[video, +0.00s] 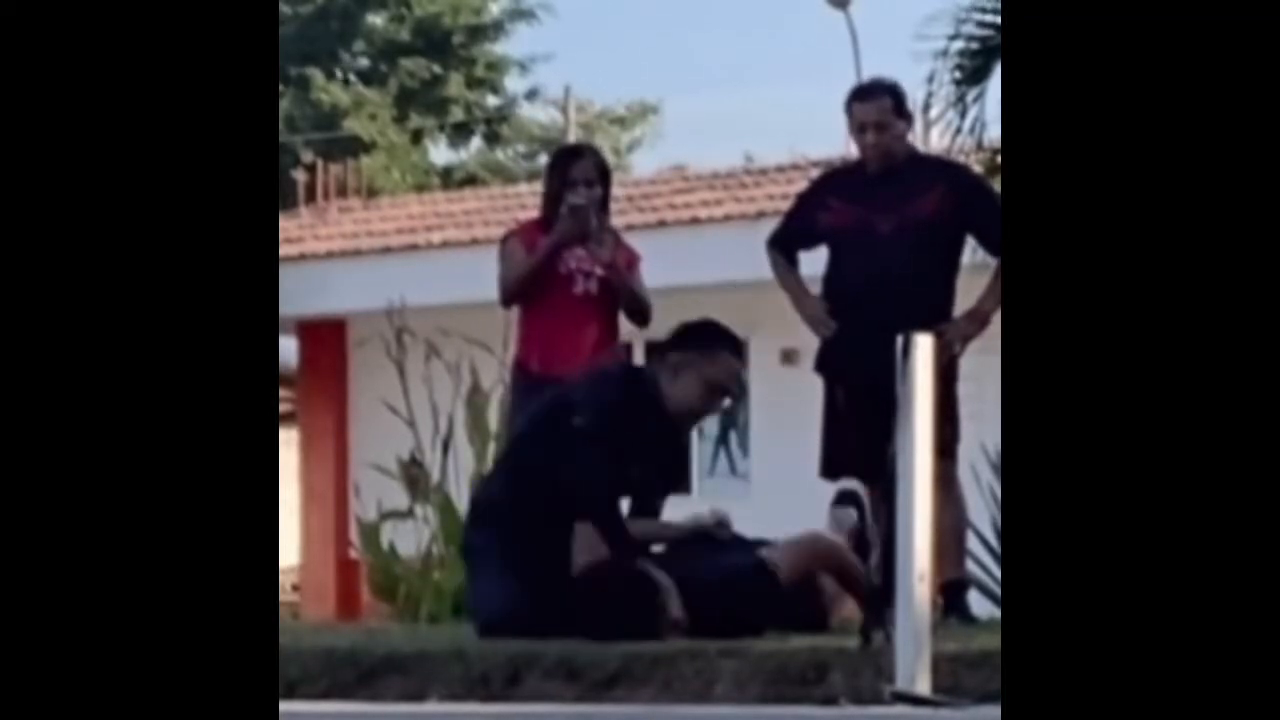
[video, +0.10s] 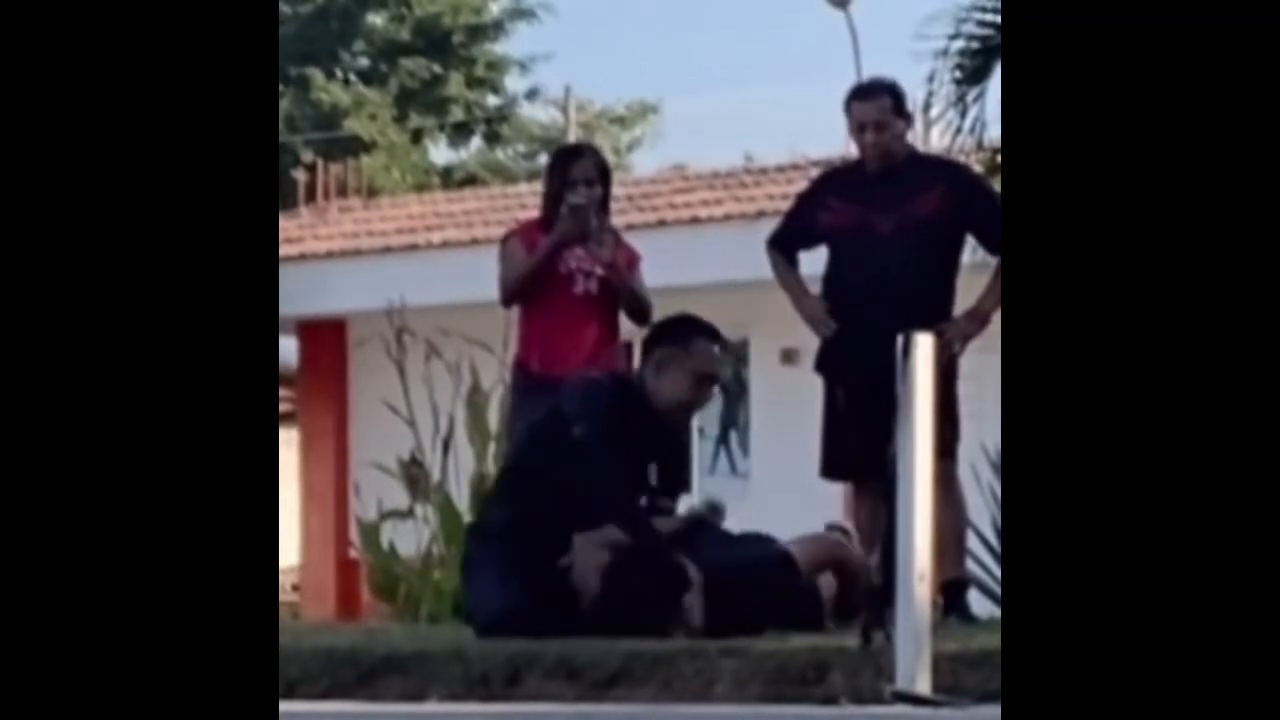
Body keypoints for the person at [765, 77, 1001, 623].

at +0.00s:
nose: (871, 140)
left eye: (881, 127)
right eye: (860, 129)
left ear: (907, 125)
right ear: (850, 132)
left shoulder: (950, 182)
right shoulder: (834, 188)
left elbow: (1003, 249)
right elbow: (779, 248)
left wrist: (975, 318)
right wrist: (812, 311)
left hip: (925, 352)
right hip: (853, 352)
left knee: (935, 473)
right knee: (865, 481)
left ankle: (951, 593)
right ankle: (875, 601)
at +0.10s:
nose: (870, 140)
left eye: (880, 127)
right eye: (859, 129)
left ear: (906, 124)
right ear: (849, 132)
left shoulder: (949, 181)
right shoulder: (834, 187)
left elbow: (1003, 248)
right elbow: (779, 249)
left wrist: (976, 317)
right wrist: (814, 314)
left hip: (925, 351)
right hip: (853, 351)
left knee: (935, 473)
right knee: (864, 481)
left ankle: (951, 592)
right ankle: (872, 595)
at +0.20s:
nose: (863, 138)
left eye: (873, 126)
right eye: (853, 128)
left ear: (900, 123)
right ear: (844, 132)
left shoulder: (946, 180)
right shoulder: (832, 188)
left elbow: (1002, 245)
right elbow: (778, 251)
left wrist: (974, 317)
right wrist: (814, 317)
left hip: (923, 350)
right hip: (851, 350)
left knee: (933, 472)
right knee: (859, 479)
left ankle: (952, 592)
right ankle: (879, 599)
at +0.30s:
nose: (861, 138)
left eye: (871, 125)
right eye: (851, 127)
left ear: (898, 122)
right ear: (841, 131)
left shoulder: (943, 179)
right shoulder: (825, 190)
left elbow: (1000, 244)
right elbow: (775, 261)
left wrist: (973, 315)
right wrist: (813, 316)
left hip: (922, 348)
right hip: (849, 349)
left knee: (934, 473)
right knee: (864, 481)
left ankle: (951, 590)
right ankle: (878, 597)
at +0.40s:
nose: (861, 137)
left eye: (871, 124)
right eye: (851, 127)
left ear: (896, 123)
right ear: (841, 131)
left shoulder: (942, 179)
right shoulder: (828, 187)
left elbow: (1000, 243)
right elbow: (775, 253)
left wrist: (972, 314)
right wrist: (809, 314)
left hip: (921, 351)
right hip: (850, 351)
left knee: (933, 474)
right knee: (864, 481)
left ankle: (951, 588)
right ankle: (878, 593)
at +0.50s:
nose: (860, 137)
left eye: (870, 124)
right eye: (850, 126)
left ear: (896, 123)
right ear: (840, 131)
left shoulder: (941, 179)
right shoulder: (828, 188)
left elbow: (1000, 242)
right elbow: (775, 254)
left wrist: (972, 315)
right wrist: (811, 318)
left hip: (921, 351)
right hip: (848, 350)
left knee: (933, 474)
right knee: (857, 478)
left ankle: (951, 590)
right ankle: (878, 597)